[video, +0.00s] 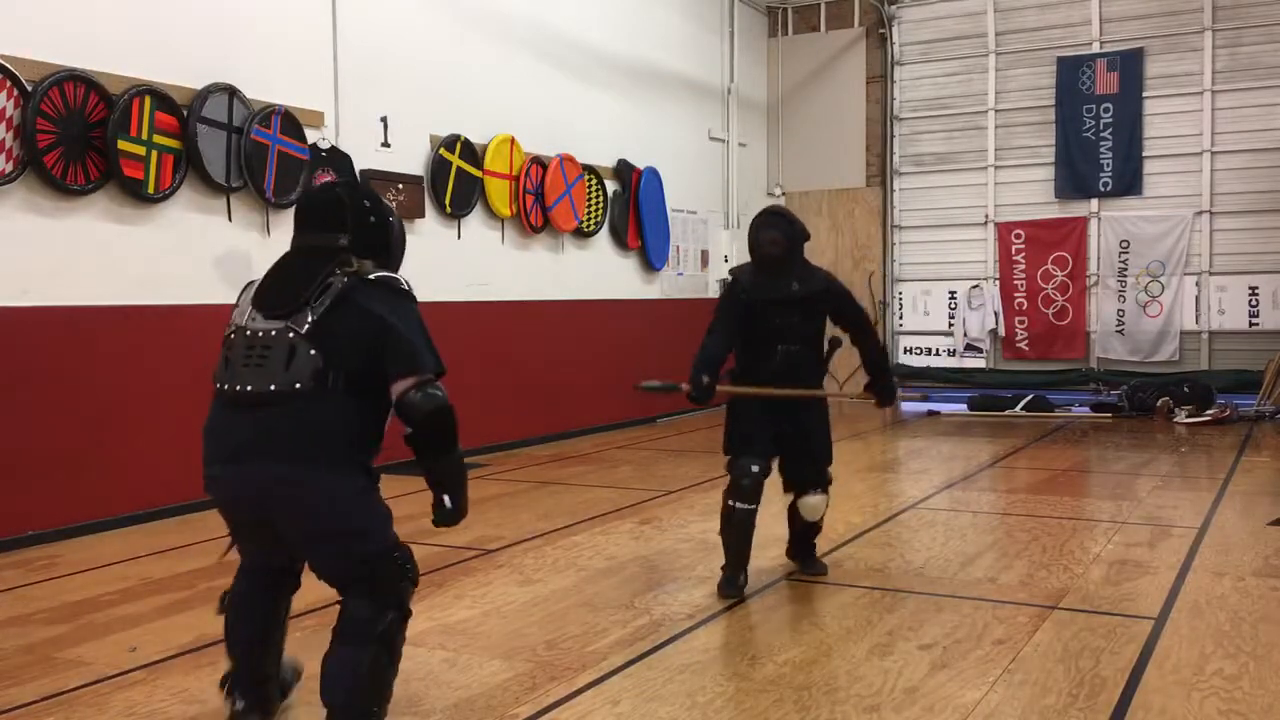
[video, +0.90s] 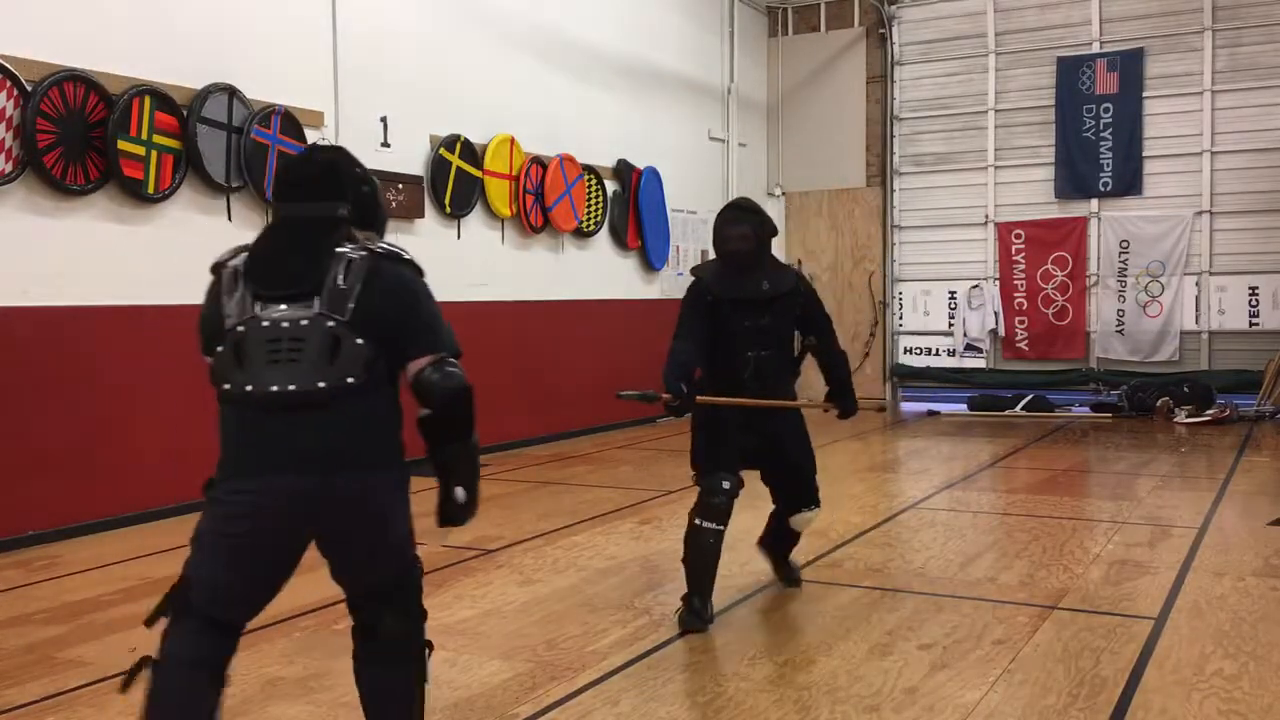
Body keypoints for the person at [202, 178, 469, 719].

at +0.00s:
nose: (397, 246)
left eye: (394, 235)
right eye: (392, 236)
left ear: (310, 235)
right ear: (373, 239)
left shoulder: (261, 288)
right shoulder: (377, 293)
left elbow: (243, 383)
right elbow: (423, 404)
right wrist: (447, 482)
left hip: (231, 467)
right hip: (320, 476)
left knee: (265, 560)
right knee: (380, 579)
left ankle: (251, 688)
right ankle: (355, 705)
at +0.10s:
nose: (394, 240)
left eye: (392, 229)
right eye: (388, 229)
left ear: (303, 231)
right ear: (367, 234)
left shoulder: (253, 287)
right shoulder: (372, 290)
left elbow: (233, 390)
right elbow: (421, 406)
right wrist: (451, 479)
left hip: (224, 468)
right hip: (317, 476)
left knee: (255, 567)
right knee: (380, 576)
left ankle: (229, 706)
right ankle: (354, 707)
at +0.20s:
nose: (381, 226)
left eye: (377, 214)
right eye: (372, 215)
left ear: (288, 222)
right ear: (348, 225)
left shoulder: (239, 283)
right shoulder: (359, 289)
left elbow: (222, 392)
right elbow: (407, 401)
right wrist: (446, 481)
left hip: (210, 475)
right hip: (307, 479)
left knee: (223, 593)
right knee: (374, 580)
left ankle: (188, 708)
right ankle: (351, 707)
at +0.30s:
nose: (363, 216)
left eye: (358, 202)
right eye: (354, 204)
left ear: (268, 214)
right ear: (328, 215)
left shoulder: (214, 284)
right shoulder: (337, 287)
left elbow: (212, 392)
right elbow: (382, 401)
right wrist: (428, 475)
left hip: (196, 485)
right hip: (291, 486)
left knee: (181, 623)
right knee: (368, 578)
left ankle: (145, 708)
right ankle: (350, 707)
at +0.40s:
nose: (341, 211)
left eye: (337, 198)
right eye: (330, 199)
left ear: (243, 212)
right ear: (301, 212)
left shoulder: (191, 282)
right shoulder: (314, 283)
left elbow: (178, 398)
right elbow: (357, 406)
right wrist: (404, 487)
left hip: (178, 488)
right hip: (272, 486)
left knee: (168, 630)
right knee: (359, 572)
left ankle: (136, 710)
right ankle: (350, 707)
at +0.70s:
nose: (331, 204)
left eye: (326, 193)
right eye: (323, 194)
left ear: (238, 202)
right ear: (303, 202)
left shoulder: (183, 274)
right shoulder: (329, 275)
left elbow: (173, 379)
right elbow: (371, 397)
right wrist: (399, 488)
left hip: (192, 486)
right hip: (297, 487)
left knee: (169, 629)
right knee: (367, 599)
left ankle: (137, 709)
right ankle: (393, 709)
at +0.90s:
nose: (379, 212)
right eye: (372, 202)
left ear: (280, 206)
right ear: (357, 206)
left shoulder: (229, 278)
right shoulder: (382, 273)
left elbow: (225, 379)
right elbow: (443, 387)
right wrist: (457, 470)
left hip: (256, 484)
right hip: (361, 483)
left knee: (202, 626)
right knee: (388, 616)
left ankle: (174, 708)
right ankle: (395, 709)